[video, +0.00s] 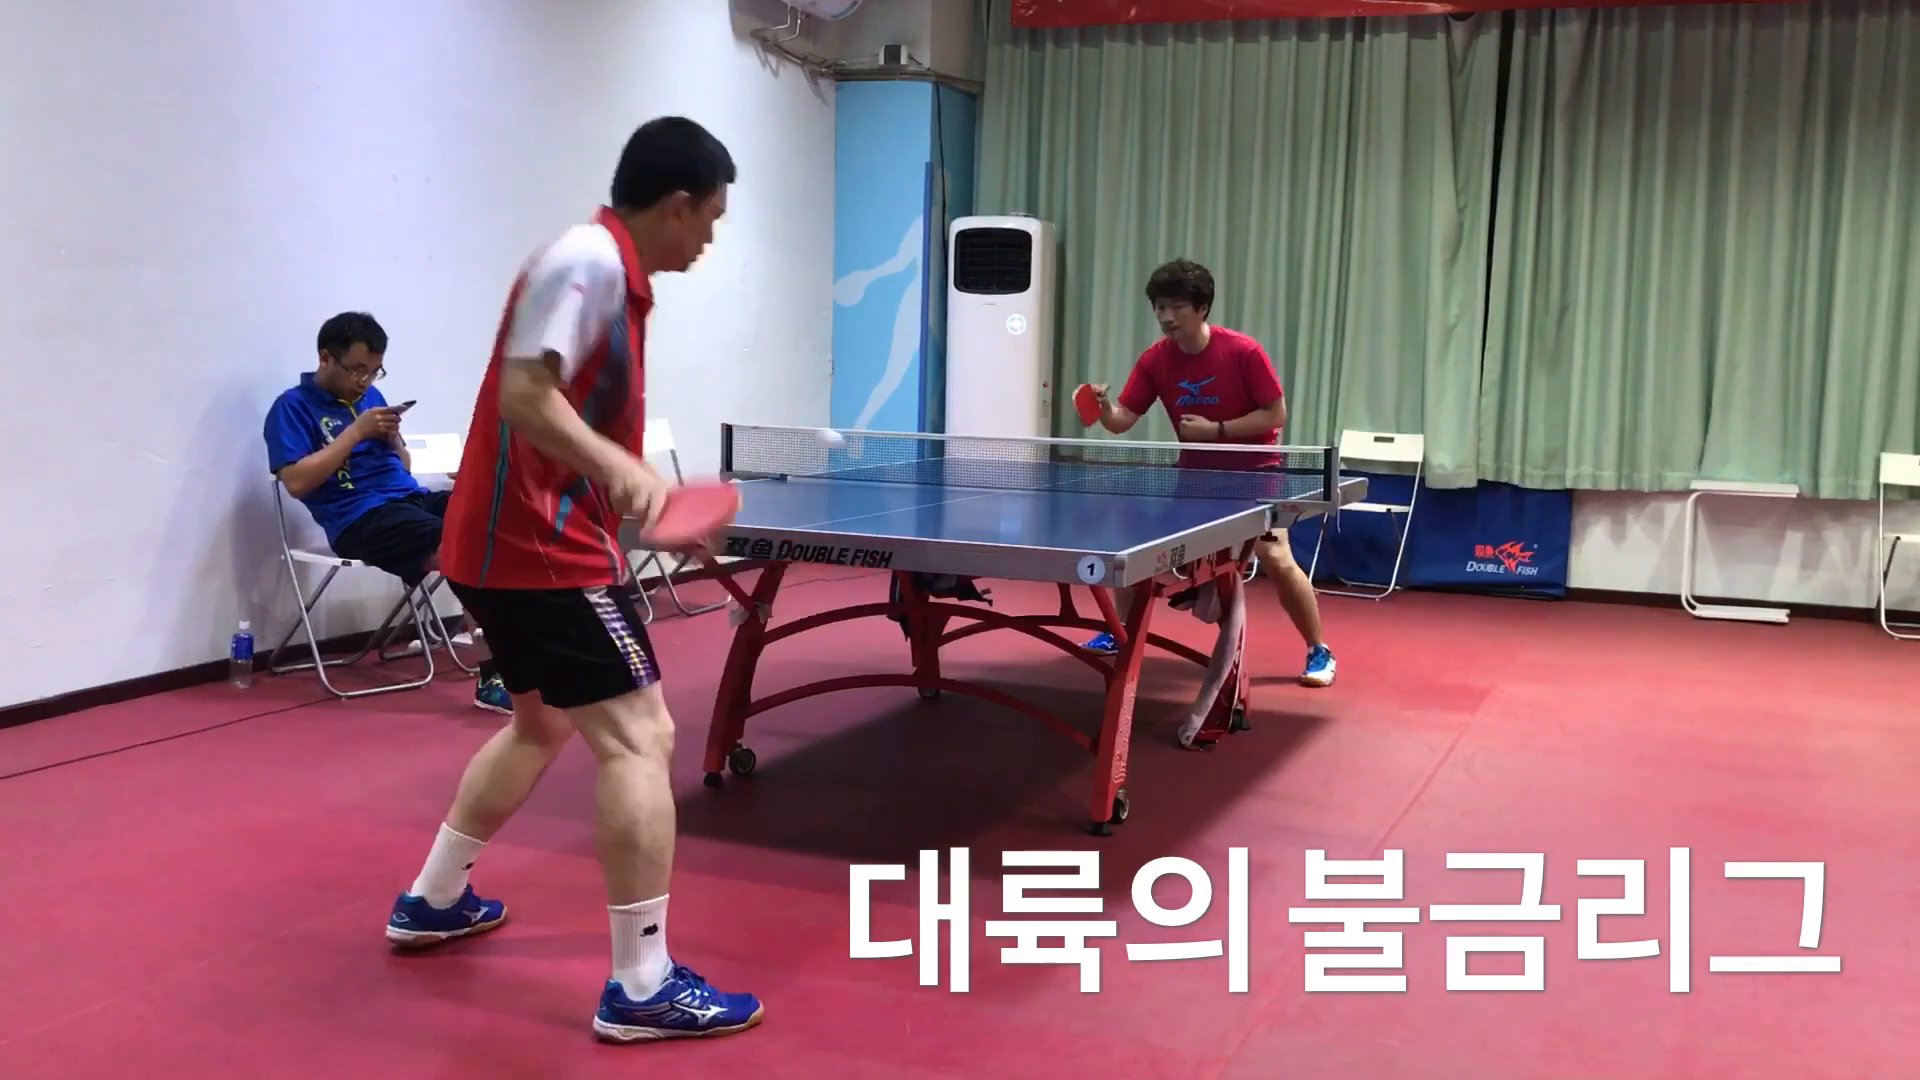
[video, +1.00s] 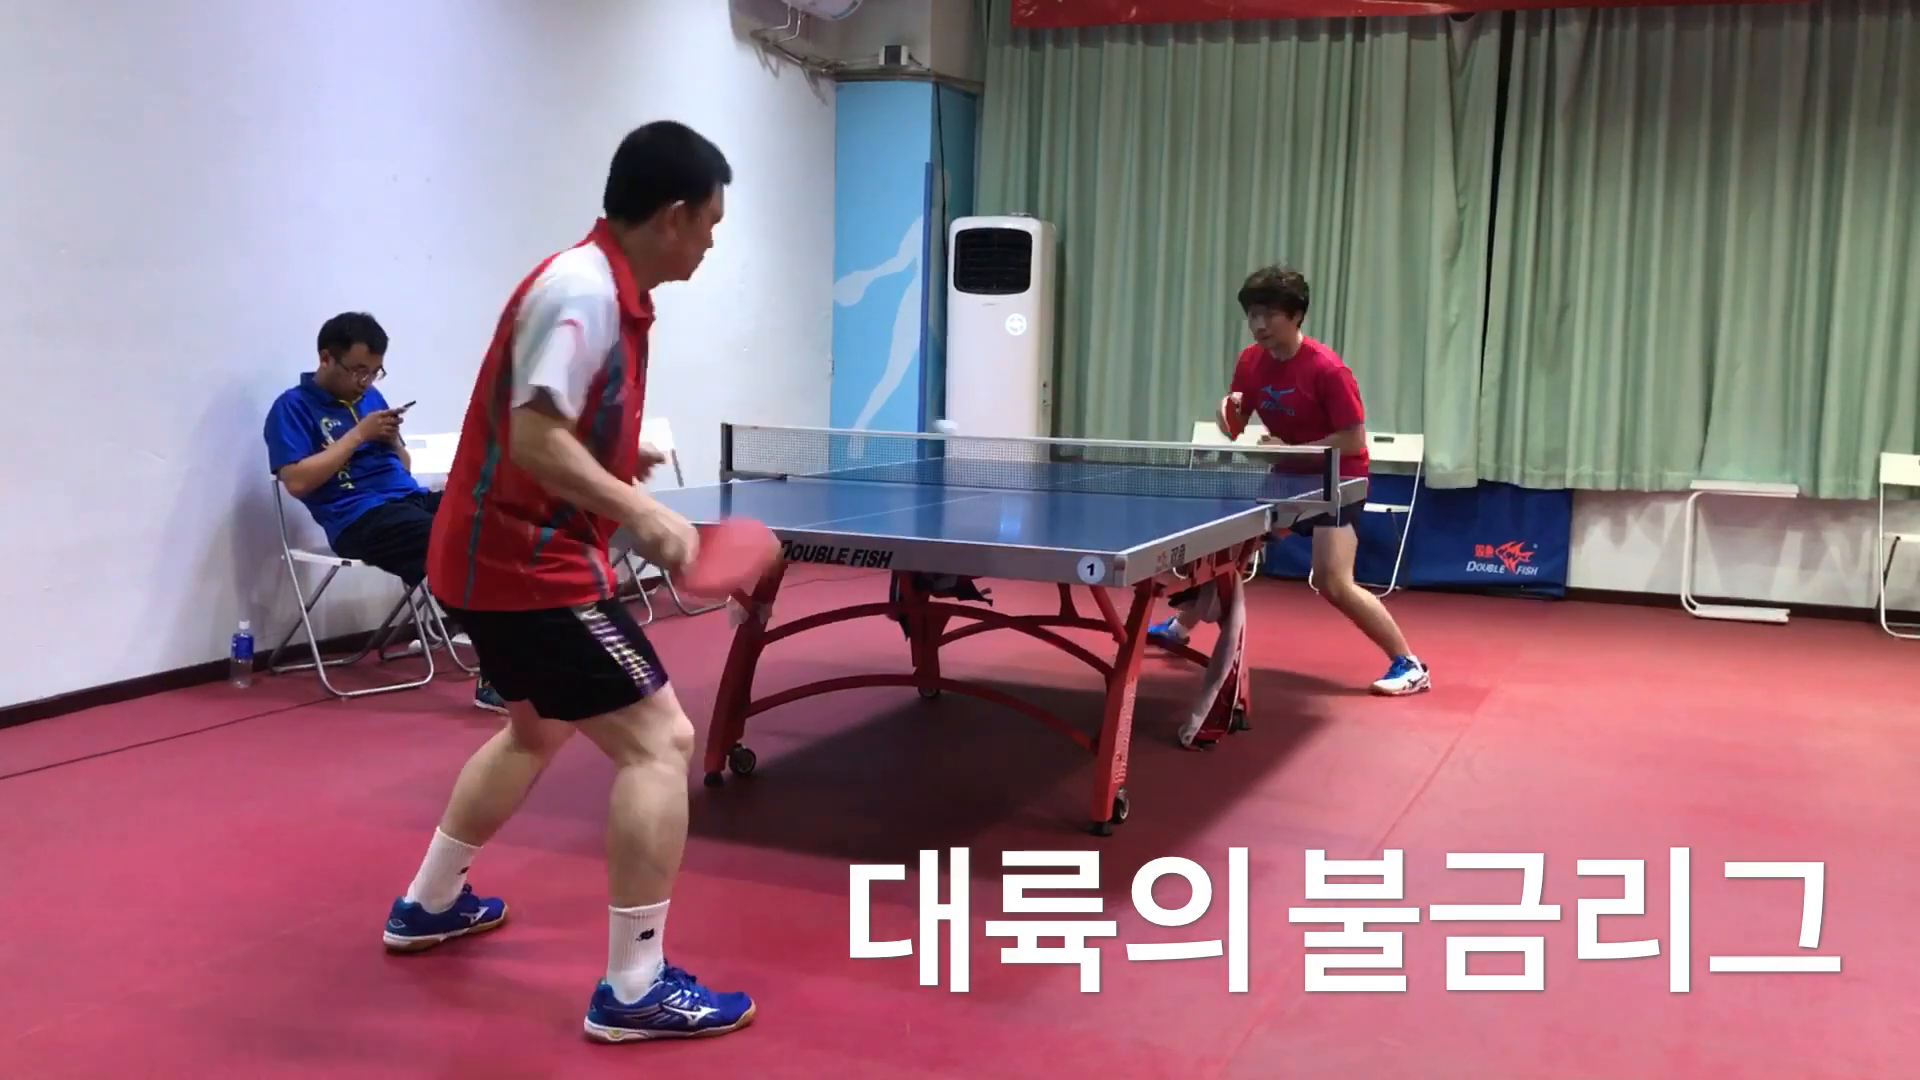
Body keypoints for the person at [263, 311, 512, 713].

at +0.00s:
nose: (365, 382)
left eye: (373, 372)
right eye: (357, 371)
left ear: (379, 366)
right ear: (325, 359)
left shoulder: (370, 397)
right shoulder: (291, 408)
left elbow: (403, 469)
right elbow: (297, 483)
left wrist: (393, 436)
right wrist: (356, 432)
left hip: (411, 501)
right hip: (364, 520)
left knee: (499, 518)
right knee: (472, 551)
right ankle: (493, 673)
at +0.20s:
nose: (365, 382)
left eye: (372, 372)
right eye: (357, 370)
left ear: (379, 366)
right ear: (325, 359)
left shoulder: (370, 397)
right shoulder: (292, 408)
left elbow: (402, 465)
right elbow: (297, 483)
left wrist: (392, 436)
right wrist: (355, 433)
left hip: (411, 501)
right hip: (363, 519)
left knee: (497, 531)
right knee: (476, 551)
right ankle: (491, 675)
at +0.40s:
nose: (365, 381)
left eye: (372, 372)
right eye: (357, 371)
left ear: (378, 367)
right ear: (325, 360)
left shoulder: (369, 397)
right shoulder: (292, 408)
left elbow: (403, 467)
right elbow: (297, 482)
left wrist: (391, 436)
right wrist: (357, 432)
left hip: (409, 501)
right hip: (362, 518)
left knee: (495, 537)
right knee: (474, 552)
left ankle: (510, 677)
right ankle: (505, 682)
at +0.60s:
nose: (366, 381)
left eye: (373, 372)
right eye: (357, 371)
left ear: (379, 366)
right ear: (326, 360)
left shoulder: (369, 396)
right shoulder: (292, 408)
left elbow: (403, 466)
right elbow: (297, 482)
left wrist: (392, 437)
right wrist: (359, 435)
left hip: (411, 503)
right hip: (363, 519)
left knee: (502, 532)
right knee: (477, 554)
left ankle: (505, 679)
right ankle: (504, 687)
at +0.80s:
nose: (367, 382)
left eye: (375, 372)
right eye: (359, 370)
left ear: (380, 366)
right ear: (327, 360)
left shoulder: (371, 397)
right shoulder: (291, 407)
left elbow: (405, 466)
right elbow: (298, 483)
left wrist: (393, 439)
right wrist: (359, 434)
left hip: (410, 500)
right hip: (362, 519)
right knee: (465, 549)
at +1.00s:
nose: (366, 382)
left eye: (373, 372)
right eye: (358, 371)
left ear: (379, 368)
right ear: (325, 358)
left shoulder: (370, 397)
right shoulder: (291, 408)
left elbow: (404, 469)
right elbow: (297, 482)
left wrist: (392, 436)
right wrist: (359, 434)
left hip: (411, 502)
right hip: (363, 519)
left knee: (501, 527)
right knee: (466, 555)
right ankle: (494, 675)